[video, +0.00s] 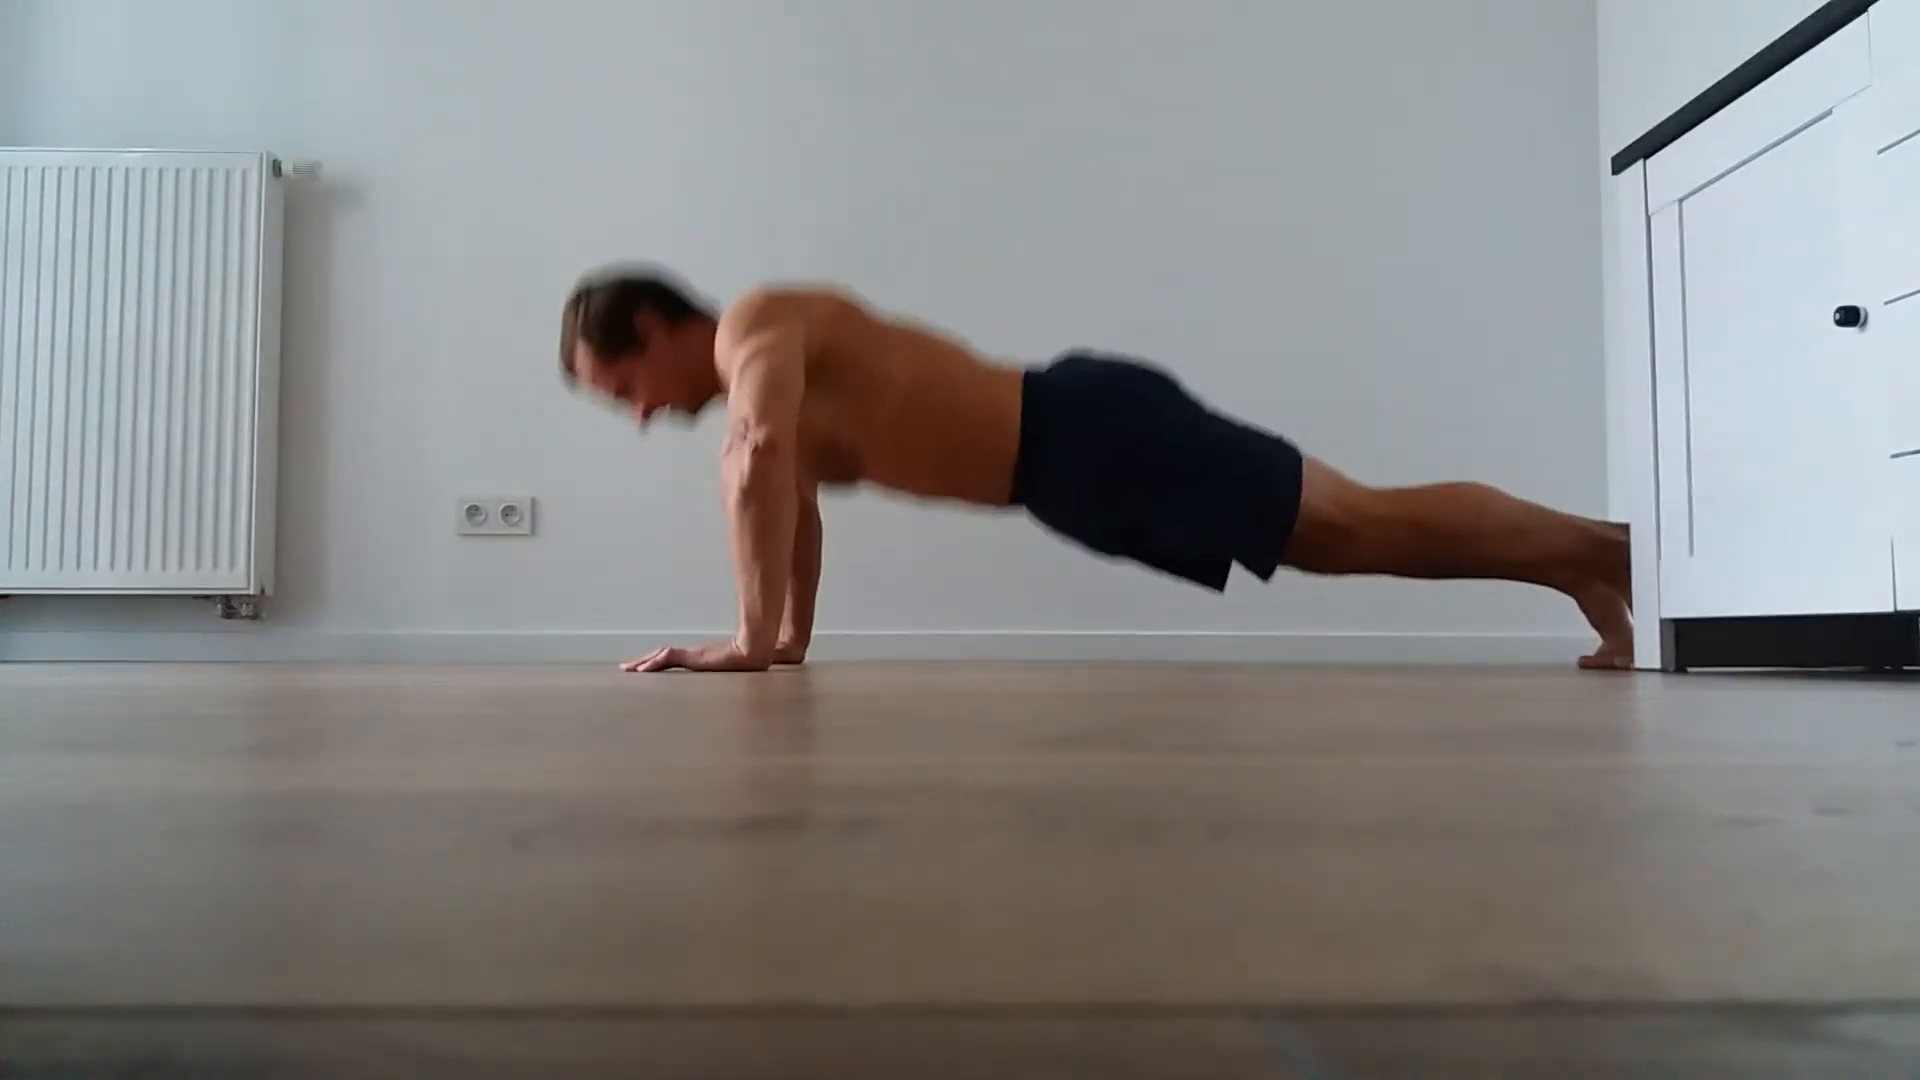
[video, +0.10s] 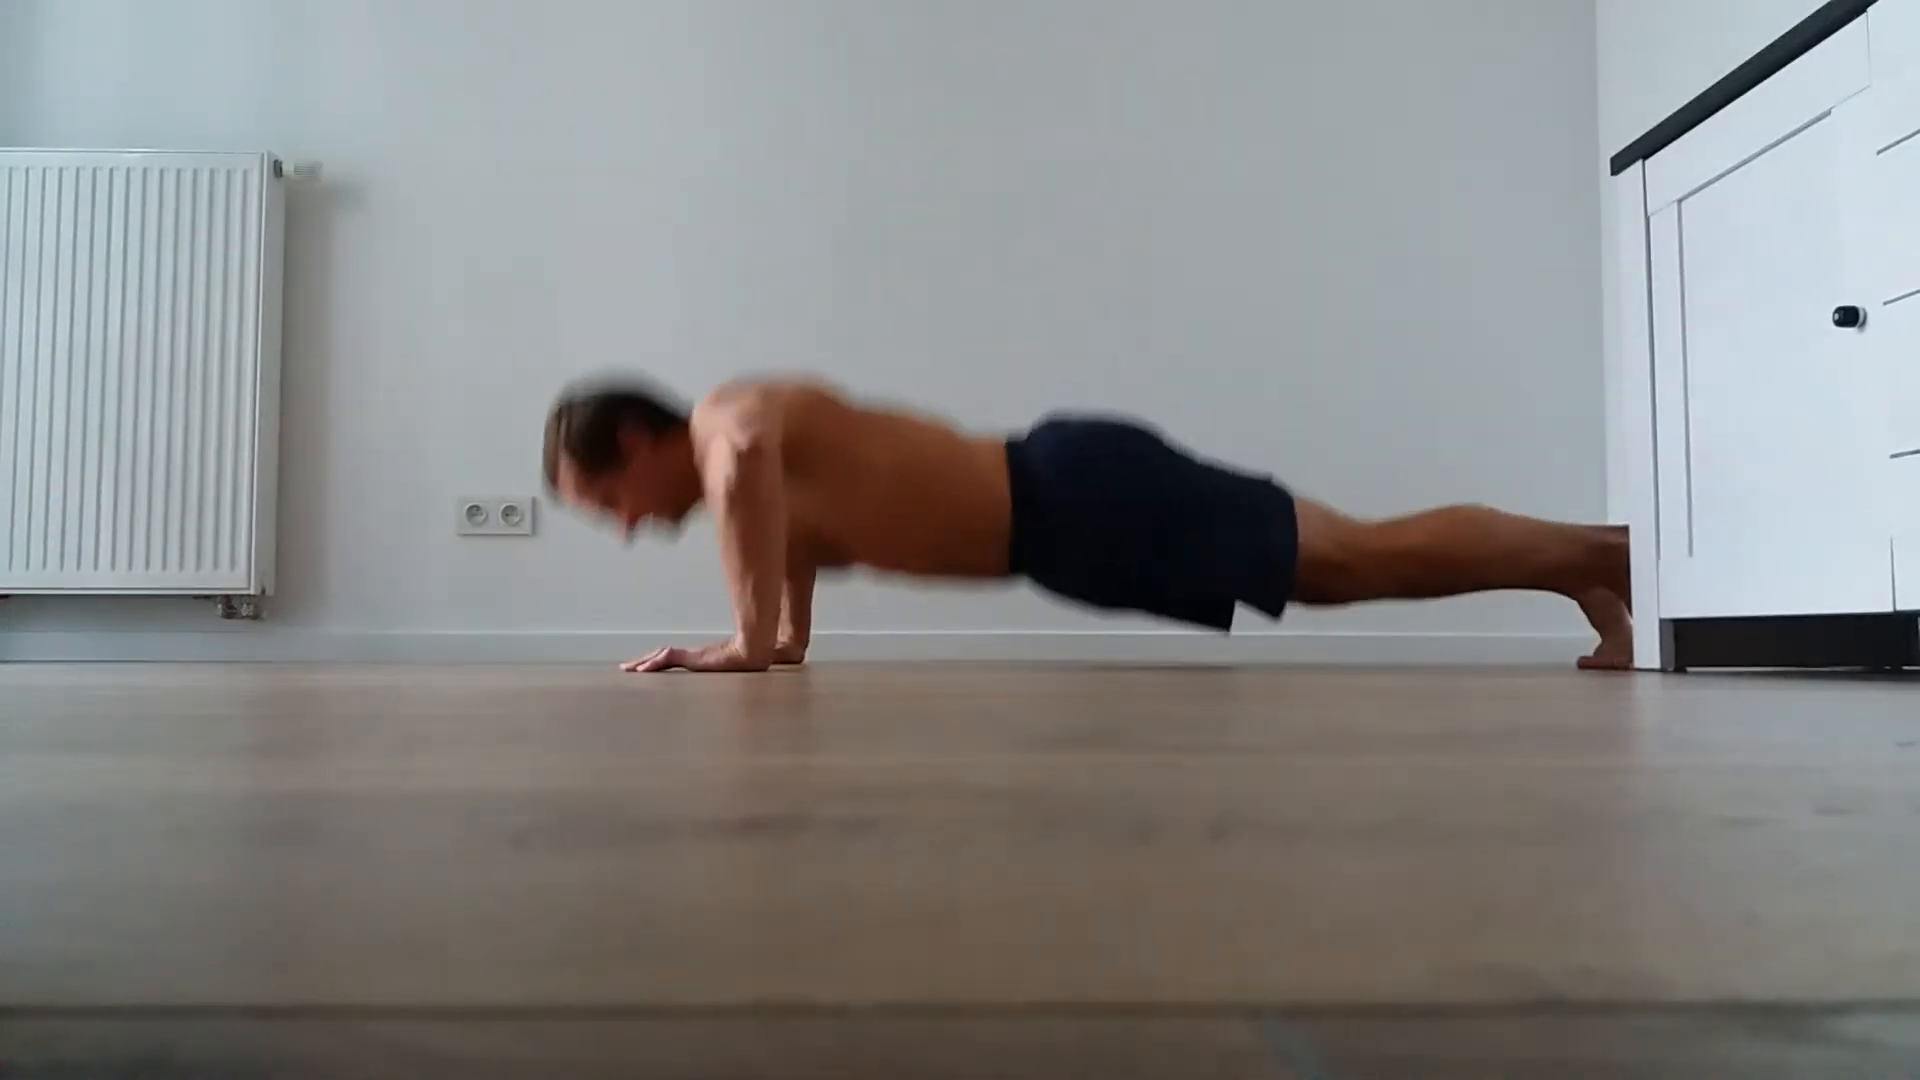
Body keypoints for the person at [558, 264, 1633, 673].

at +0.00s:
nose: (632, 409)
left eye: (619, 389)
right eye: (616, 397)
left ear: (649, 339)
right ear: (657, 337)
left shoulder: (753, 338)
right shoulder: (764, 344)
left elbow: (759, 476)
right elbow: (794, 490)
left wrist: (754, 638)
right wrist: (790, 637)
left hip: (1081, 440)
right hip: (1074, 438)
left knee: (1356, 529)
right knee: (1347, 527)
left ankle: (1595, 555)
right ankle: (1581, 560)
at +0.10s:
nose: (614, 523)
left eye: (599, 501)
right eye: (599, 509)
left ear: (623, 454)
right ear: (637, 452)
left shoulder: (718, 419)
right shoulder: (746, 439)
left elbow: (751, 465)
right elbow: (799, 535)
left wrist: (761, 636)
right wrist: (766, 646)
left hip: (1071, 505)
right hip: (1063, 503)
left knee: (1353, 560)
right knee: (1347, 553)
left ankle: (1596, 560)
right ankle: (1588, 555)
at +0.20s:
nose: (618, 620)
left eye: (606, 603)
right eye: (600, 611)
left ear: (628, 550)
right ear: (629, 553)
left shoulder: (720, 512)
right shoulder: (729, 533)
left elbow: (721, 461)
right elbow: (808, 607)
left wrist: (761, 634)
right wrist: (735, 650)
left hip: (1066, 554)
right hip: (1052, 560)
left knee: (1356, 587)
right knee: (1348, 580)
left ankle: (1595, 562)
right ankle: (1587, 564)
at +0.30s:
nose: (613, 638)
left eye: (601, 620)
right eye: (594, 629)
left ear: (627, 568)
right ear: (636, 564)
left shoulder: (714, 534)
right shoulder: (726, 548)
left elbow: (711, 463)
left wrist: (759, 640)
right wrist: (728, 646)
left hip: (1067, 566)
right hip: (1051, 572)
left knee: (1356, 590)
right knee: (1346, 585)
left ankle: (1596, 562)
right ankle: (1585, 566)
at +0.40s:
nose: (625, 584)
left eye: (610, 568)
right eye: (608, 576)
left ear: (631, 518)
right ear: (629, 531)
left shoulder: (723, 481)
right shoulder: (741, 504)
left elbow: (722, 466)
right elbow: (795, 623)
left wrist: (758, 630)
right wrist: (738, 649)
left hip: (1065, 521)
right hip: (1059, 534)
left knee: (1352, 564)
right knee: (1347, 562)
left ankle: (1597, 557)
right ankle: (1589, 560)